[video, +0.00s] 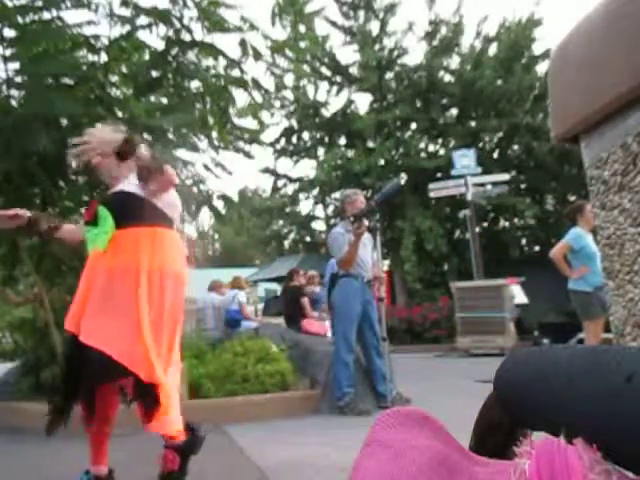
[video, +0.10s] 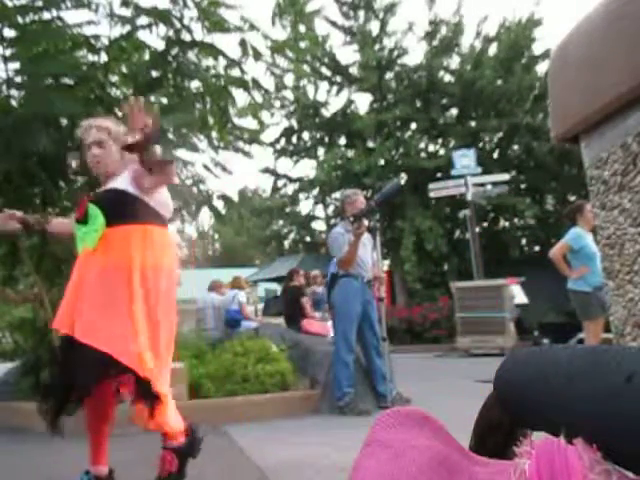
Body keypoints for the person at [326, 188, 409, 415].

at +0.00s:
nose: (365, 208)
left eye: (365, 204)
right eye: (360, 204)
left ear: (364, 207)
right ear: (347, 207)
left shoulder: (367, 235)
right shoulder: (338, 234)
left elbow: (373, 262)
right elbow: (344, 264)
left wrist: (377, 274)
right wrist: (356, 239)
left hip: (366, 285)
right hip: (347, 284)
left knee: (373, 341)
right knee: (345, 343)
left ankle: (386, 393)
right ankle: (344, 397)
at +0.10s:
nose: (364, 210)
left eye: (365, 205)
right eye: (359, 205)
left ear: (365, 208)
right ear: (347, 208)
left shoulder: (367, 235)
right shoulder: (338, 234)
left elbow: (373, 262)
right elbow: (344, 264)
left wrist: (377, 275)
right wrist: (356, 239)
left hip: (366, 285)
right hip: (346, 284)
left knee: (373, 341)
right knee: (345, 342)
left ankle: (386, 393)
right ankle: (344, 397)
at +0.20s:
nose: (364, 210)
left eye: (365, 206)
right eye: (359, 206)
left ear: (364, 208)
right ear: (347, 208)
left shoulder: (367, 235)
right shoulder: (338, 234)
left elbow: (372, 263)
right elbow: (344, 264)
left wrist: (377, 273)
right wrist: (356, 239)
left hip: (366, 285)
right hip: (347, 284)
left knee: (373, 341)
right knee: (345, 342)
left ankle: (386, 392)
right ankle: (344, 397)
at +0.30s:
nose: (364, 212)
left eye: (364, 207)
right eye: (359, 207)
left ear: (365, 209)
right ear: (347, 208)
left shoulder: (367, 236)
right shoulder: (337, 234)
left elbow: (372, 264)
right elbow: (344, 264)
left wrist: (378, 273)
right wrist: (355, 239)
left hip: (367, 286)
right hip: (347, 284)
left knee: (373, 341)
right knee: (344, 343)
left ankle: (386, 392)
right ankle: (344, 397)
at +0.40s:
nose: (363, 213)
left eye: (364, 208)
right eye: (358, 208)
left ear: (365, 209)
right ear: (347, 208)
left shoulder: (367, 235)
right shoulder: (337, 233)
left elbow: (374, 262)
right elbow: (344, 264)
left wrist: (378, 273)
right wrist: (355, 239)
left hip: (368, 286)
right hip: (348, 284)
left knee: (373, 342)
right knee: (345, 343)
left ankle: (386, 392)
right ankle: (344, 397)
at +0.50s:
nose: (363, 207)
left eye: (364, 203)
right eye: (359, 203)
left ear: (363, 207)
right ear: (347, 207)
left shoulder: (367, 235)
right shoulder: (337, 233)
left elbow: (369, 265)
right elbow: (343, 264)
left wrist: (375, 275)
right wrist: (356, 238)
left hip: (366, 285)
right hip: (347, 284)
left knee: (372, 342)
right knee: (345, 343)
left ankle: (385, 392)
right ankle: (343, 397)